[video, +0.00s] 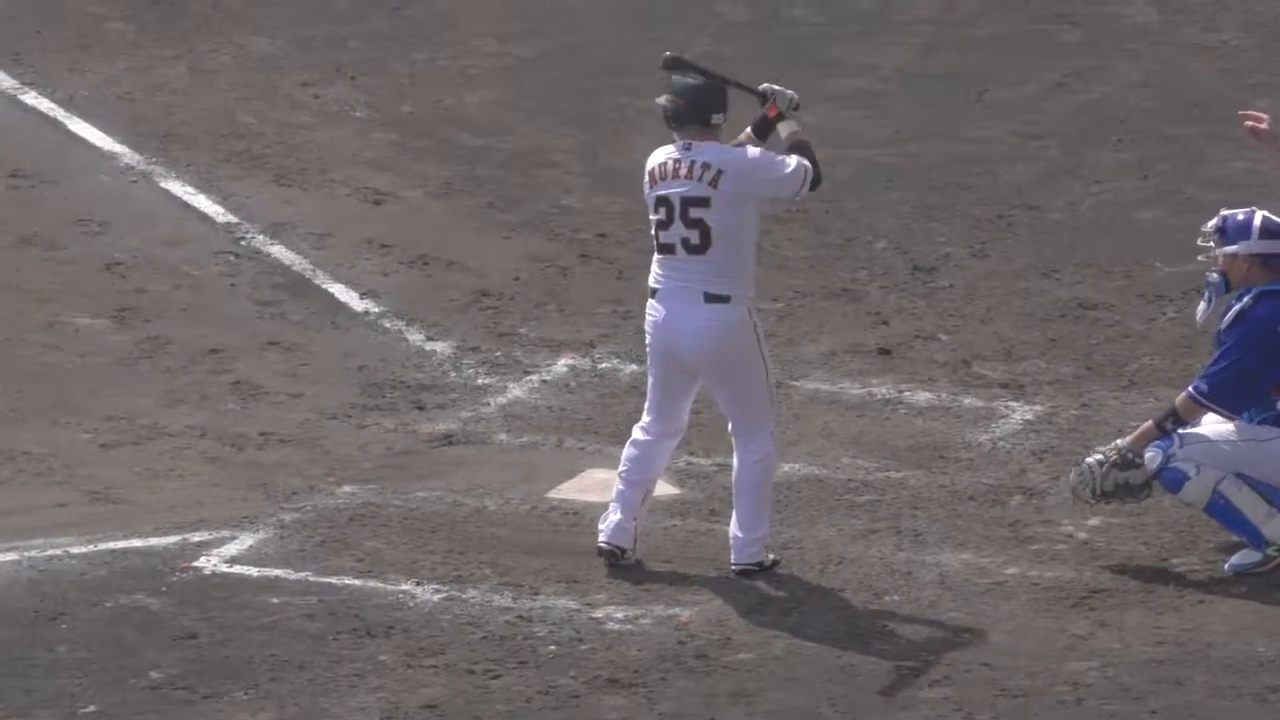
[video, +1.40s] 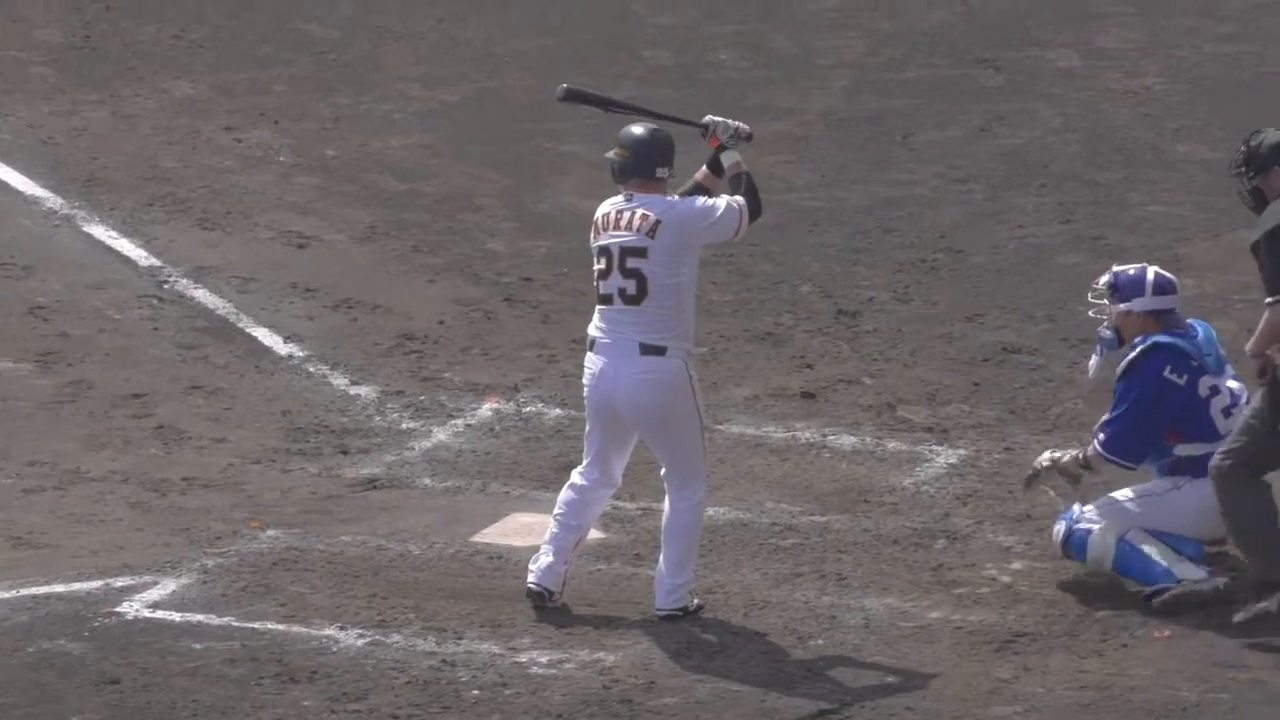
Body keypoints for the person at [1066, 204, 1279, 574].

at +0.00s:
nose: (1216, 262)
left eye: (1223, 254)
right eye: (1218, 254)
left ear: (1248, 261)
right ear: (1250, 261)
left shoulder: (1262, 318)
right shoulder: (1258, 304)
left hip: (1272, 444)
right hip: (1266, 432)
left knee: (1169, 455)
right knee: (1191, 430)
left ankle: (1271, 538)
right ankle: (1267, 515)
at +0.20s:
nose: (1191, 276)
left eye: (1198, 268)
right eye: (1194, 267)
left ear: (1223, 275)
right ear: (1229, 274)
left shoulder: (1239, 333)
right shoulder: (1266, 301)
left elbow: (1199, 417)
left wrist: (1137, 439)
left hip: (1271, 455)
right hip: (1269, 443)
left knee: (1158, 466)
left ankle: (1264, 551)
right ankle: (1268, 530)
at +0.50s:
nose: (1149, 292)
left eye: (1155, 285)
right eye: (1151, 284)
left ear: (1180, 293)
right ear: (1200, 290)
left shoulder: (1196, 352)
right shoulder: (1238, 313)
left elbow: (1179, 439)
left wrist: (1141, 417)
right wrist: (1158, 386)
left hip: (1258, 476)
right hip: (1269, 461)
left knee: (1120, 483)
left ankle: (1233, 557)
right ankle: (1254, 530)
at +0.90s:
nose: (1116, 314)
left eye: (1121, 307)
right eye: (1117, 305)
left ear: (1145, 314)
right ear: (1170, 305)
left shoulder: (1164, 375)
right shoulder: (1202, 316)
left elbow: (1139, 461)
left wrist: (1110, 417)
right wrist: (1126, 384)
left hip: (1237, 490)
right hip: (1270, 464)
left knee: (1094, 498)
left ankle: (1209, 561)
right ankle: (1228, 520)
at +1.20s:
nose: (1112, 313)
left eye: (1118, 306)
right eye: (1113, 305)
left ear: (1141, 312)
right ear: (1165, 307)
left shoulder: (1158, 367)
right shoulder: (1195, 328)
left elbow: (1121, 448)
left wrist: (1097, 414)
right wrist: (1117, 391)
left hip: (1228, 493)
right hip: (1264, 472)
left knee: (1083, 507)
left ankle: (1196, 571)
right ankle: (1209, 532)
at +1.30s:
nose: (1112, 316)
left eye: (1118, 308)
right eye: (1114, 307)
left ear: (1141, 314)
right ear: (1160, 311)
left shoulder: (1154, 362)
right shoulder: (1190, 332)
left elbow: (1120, 445)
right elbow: (1130, 388)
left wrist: (1080, 432)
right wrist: (1089, 410)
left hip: (1216, 494)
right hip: (1242, 477)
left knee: (1081, 515)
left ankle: (1189, 574)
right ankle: (1203, 540)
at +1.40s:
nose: (1109, 319)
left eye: (1115, 311)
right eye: (1110, 310)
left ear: (1138, 316)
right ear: (1162, 313)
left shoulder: (1152, 364)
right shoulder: (1196, 335)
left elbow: (1119, 450)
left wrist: (1073, 463)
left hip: (1211, 495)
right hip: (1245, 481)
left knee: (1076, 528)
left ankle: (1188, 578)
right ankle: (1201, 553)